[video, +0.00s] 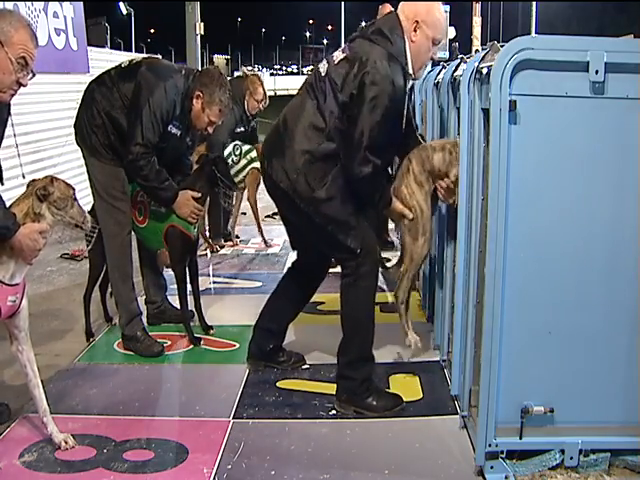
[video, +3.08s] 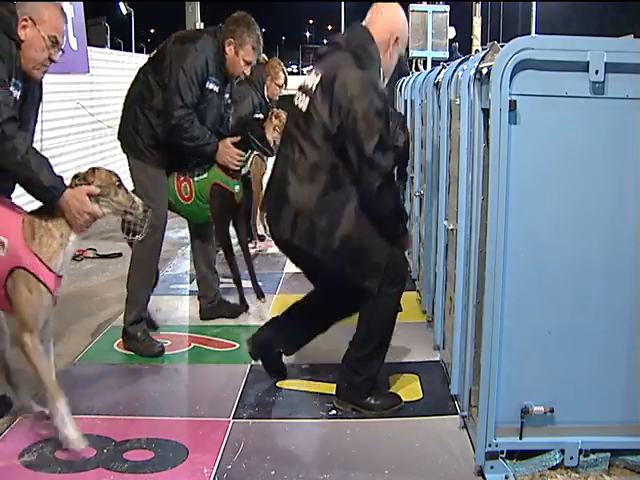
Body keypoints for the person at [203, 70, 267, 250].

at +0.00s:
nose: (261, 106)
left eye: (263, 102)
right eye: (258, 101)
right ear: (246, 97)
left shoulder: (250, 117)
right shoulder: (231, 115)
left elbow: (254, 144)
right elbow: (215, 148)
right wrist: (230, 183)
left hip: (229, 156)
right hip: (212, 155)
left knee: (229, 192)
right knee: (218, 193)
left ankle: (226, 232)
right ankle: (217, 235)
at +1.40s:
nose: (261, 100)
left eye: (263, 96)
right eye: (260, 95)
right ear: (248, 89)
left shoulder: (245, 105)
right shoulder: (233, 104)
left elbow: (243, 129)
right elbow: (215, 133)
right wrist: (230, 165)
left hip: (221, 145)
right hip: (209, 146)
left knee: (224, 189)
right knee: (215, 190)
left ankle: (224, 229)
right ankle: (215, 232)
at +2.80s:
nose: (269, 94)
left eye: (270, 89)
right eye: (266, 89)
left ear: (257, 85)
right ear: (253, 85)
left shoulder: (248, 95)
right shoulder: (232, 98)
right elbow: (229, 130)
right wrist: (250, 152)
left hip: (238, 143)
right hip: (216, 146)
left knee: (243, 190)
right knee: (216, 194)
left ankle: (249, 231)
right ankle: (212, 235)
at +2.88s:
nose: (272, 94)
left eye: (273, 90)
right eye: (269, 89)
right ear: (257, 84)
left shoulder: (252, 95)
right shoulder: (237, 95)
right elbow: (234, 126)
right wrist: (255, 151)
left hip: (243, 145)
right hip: (228, 147)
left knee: (248, 192)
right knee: (244, 193)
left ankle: (251, 230)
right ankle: (246, 234)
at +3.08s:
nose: (280, 90)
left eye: (282, 86)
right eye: (278, 85)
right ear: (267, 80)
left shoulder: (268, 99)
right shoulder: (248, 95)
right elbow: (244, 125)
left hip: (257, 147)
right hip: (242, 149)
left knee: (255, 191)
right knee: (249, 193)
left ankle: (254, 229)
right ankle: (249, 232)